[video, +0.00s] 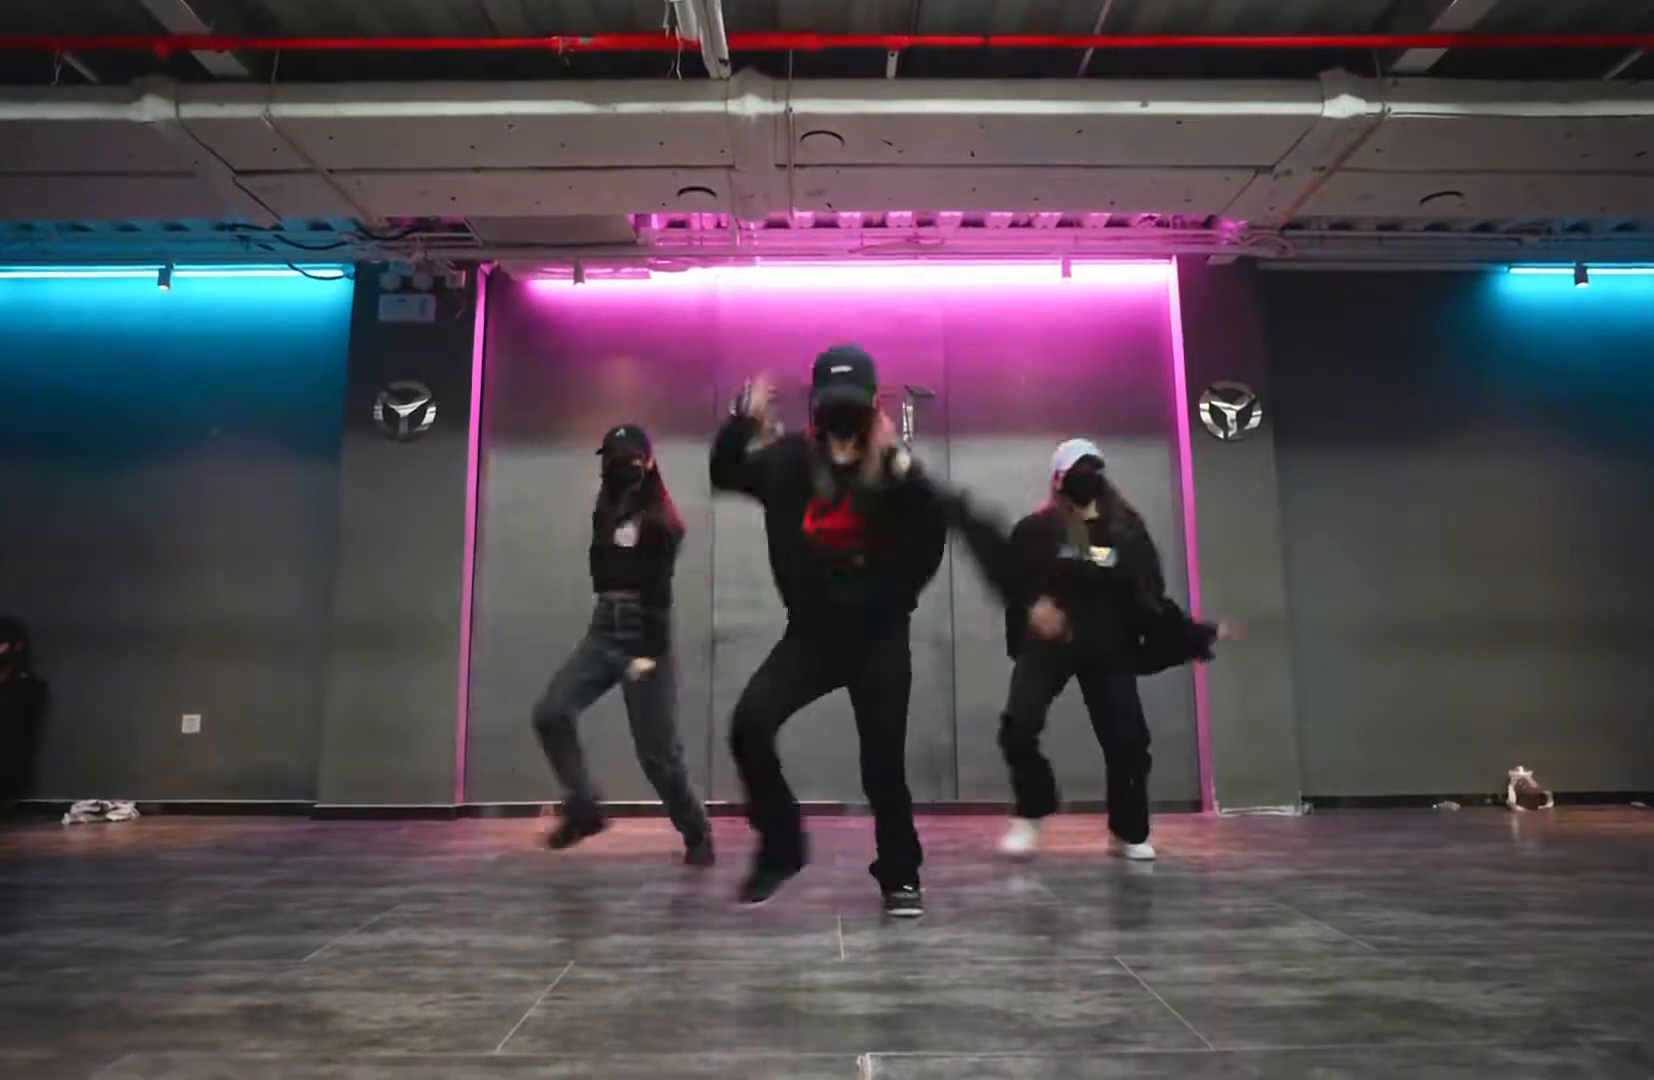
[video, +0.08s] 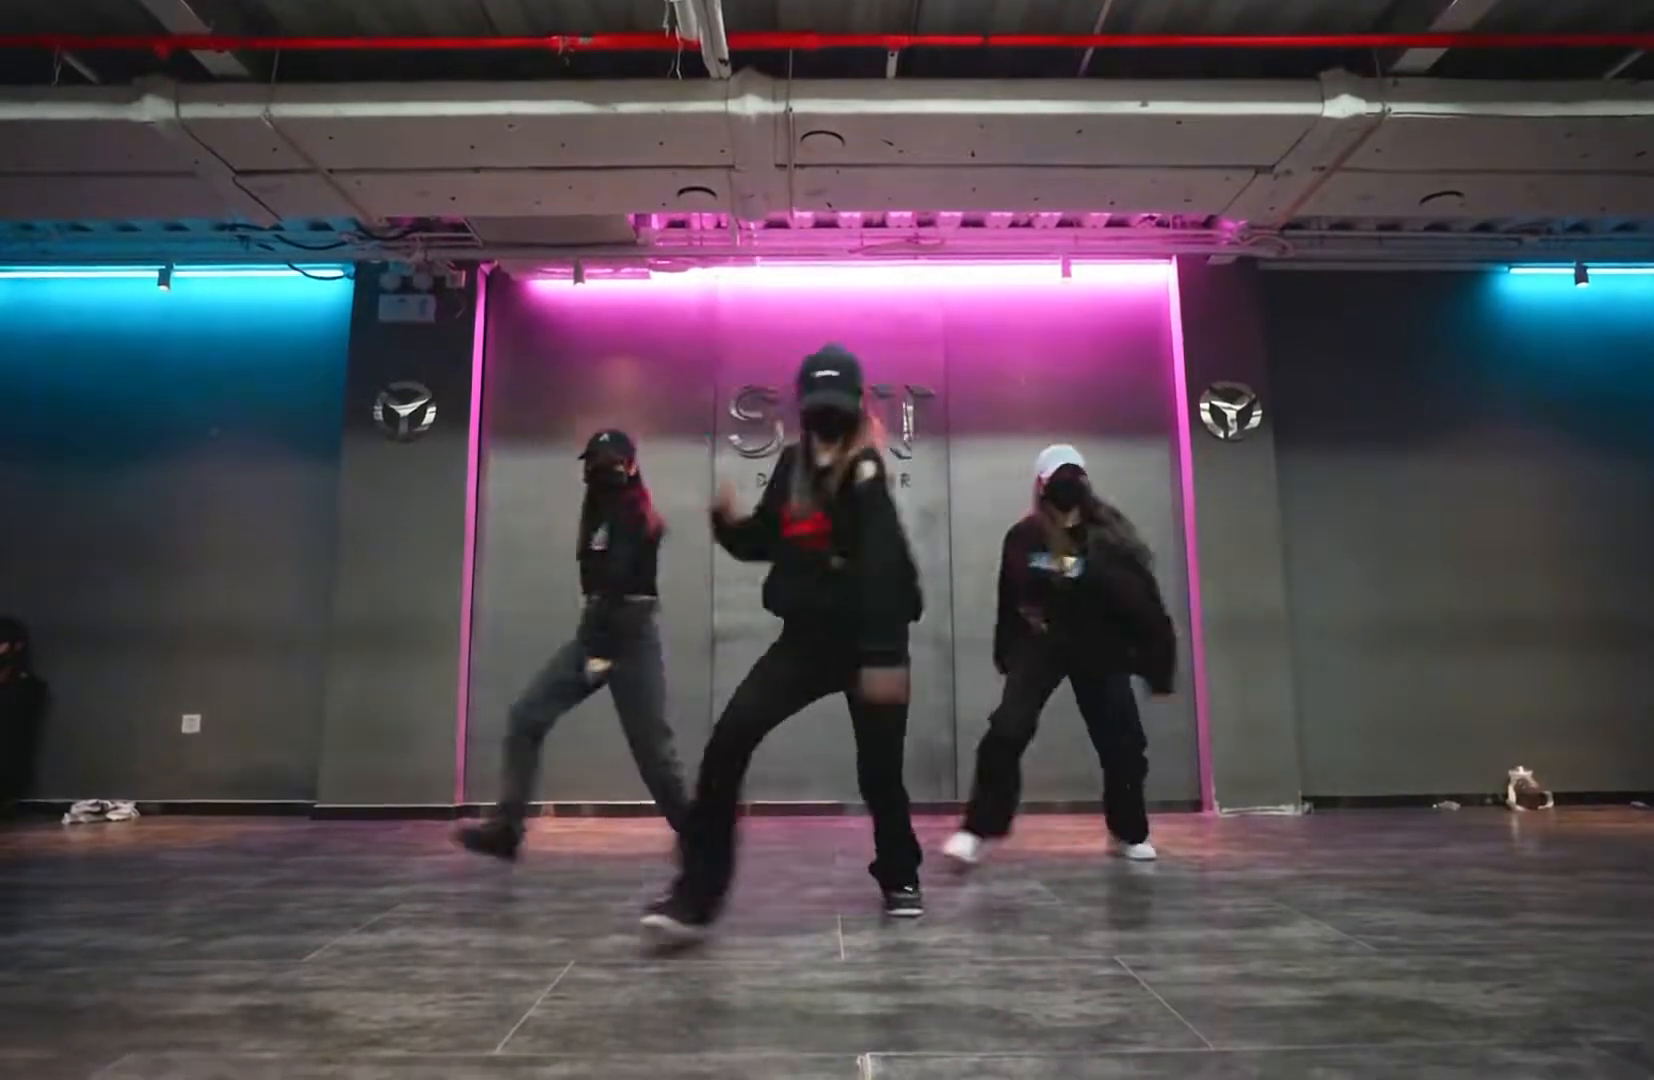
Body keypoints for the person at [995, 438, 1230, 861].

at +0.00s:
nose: (1091, 481)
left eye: (1096, 473)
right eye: (1080, 474)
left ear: (1103, 476)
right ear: (1060, 479)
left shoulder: (1124, 527)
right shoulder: (1035, 530)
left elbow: (1148, 600)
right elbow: (1015, 582)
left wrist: (1196, 632)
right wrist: (1034, 607)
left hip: (1106, 649)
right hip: (1047, 648)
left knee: (1128, 741)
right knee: (1017, 729)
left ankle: (1130, 834)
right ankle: (1031, 813)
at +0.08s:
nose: (1069, 514)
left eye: (1075, 503)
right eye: (1059, 504)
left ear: (1086, 495)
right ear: (1042, 496)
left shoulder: (1112, 537)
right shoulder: (1024, 539)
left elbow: (1145, 603)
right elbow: (1009, 602)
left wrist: (1159, 670)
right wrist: (1007, 653)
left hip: (1099, 652)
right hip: (1040, 650)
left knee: (1125, 745)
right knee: (1007, 731)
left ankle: (1128, 832)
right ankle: (977, 828)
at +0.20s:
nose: (1050, 498)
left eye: (1057, 489)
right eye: (1041, 490)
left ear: (1067, 496)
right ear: (1022, 496)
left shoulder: (1087, 548)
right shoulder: (998, 549)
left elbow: (1117, 602)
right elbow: (974, 607)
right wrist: (951, 659)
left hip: (1081, 657)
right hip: (1022, 659)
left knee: (1117, 745)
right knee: (992, 743)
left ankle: (1133, 832)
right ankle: (951, 844)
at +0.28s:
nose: (1047, 506)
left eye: (1055, 497)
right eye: (1039, 496)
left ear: (1064, 498)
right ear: (1018, 495)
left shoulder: (1076, 543)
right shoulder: (986, 550)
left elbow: (1114, 602)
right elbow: (942, 606)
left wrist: (1075, 593)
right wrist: (900, 661)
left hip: (1073, 660)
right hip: (1012, 664)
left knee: (1134, 740)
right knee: (982, 750)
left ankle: (1138, 823)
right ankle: (951, 845)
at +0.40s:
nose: (1061, 493)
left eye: (1067, 484)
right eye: (1051, 485)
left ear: (1074, 489)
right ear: (1028, 492)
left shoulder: (1077, 541)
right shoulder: (1004, 551)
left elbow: (1090, 604)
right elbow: (958, 614)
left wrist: (1117, 631)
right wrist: (909, 660)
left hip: (1070, 658)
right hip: (1012, 667)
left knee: (1143, 720)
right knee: (997, 754)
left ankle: (1150, 831)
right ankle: (950, 842)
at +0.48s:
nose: (1069, 487)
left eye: (1074, 478)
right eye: (1057, 479)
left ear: (1082, 483)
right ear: (1035, 485)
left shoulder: (1085, 538)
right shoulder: (1022, 540)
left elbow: (1112, 594)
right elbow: (1023, 617)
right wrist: (1097, 594)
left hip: (1085, 661)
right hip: (1026, 664)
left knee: (1145, 730)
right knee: (1007, 755)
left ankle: (1153, 839)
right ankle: (950, 835)